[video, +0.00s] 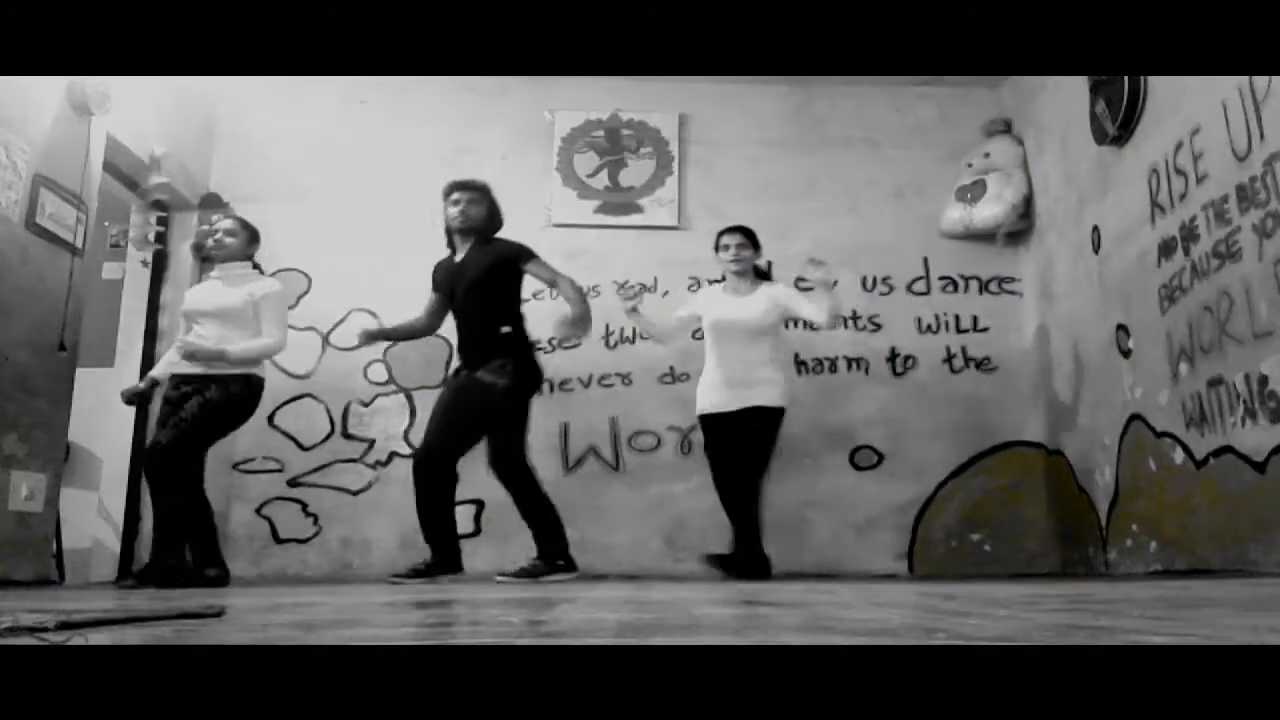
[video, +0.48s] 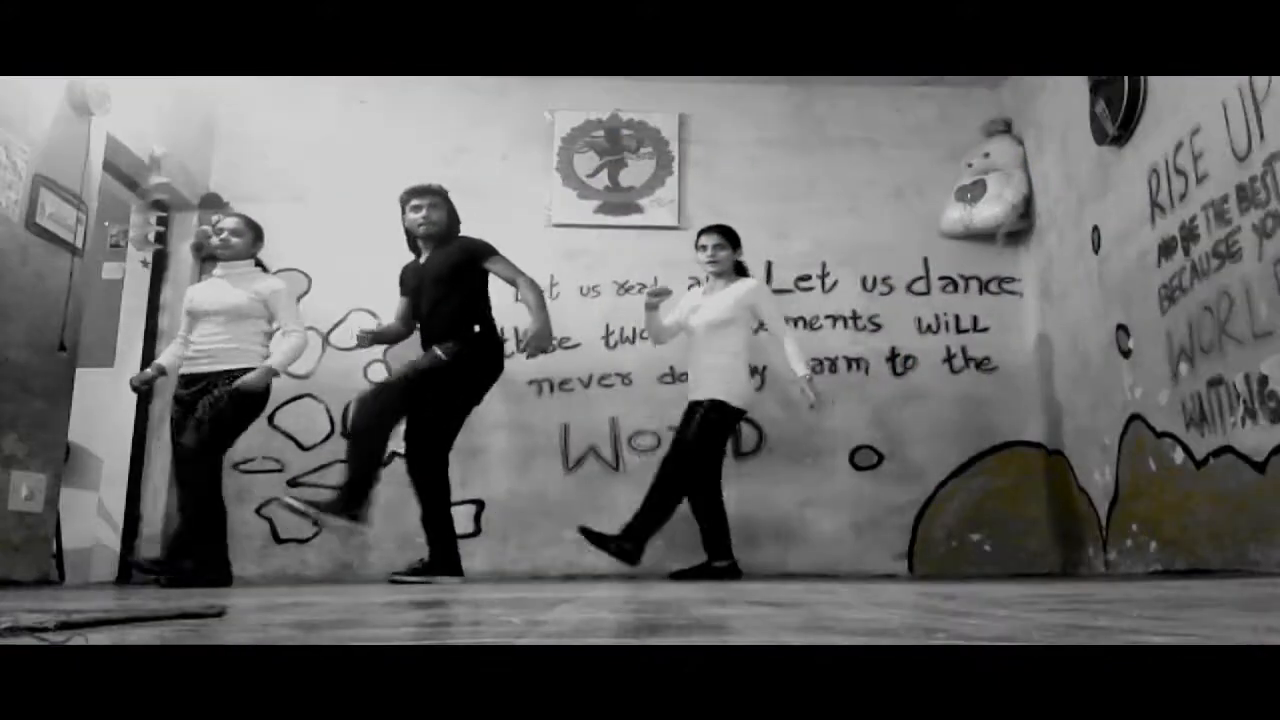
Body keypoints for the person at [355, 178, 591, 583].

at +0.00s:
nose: (461, 208)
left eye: (472, 203)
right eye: (454, 203)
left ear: (489, 214)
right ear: (444, 216)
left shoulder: (504, 252)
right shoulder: (446, 270)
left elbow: (560, 281)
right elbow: (427, 323)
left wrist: (581, 312)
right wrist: (381, 334)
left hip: (511, 371)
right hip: (471, 375)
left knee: (508, 462)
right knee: (432, 460)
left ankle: (556, 554)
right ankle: (444, 558)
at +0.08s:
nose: (447, 218)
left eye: (457, 212)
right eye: (439, 213)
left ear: (474, 220)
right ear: (431, 224)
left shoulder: (491, 257)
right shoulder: (437, 279)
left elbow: (541, 289)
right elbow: (416, 328)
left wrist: (583, 329)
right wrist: (374, 326)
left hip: (495, 374)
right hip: (455, 378)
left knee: (462, 460)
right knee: (427, 463)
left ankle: (533, 540)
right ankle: (444, 561)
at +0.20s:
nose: (436, 217)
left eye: (445, 210)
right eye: (427, 213)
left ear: (464, 217)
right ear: (421, 227)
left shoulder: (483, 252)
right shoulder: (431, 276)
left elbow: (536, 285)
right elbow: (413, 326)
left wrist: (570, 326)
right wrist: (375, 323)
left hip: (484, 366)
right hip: (451, 370)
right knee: (424, 450)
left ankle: (483, 511)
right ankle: (442, 556)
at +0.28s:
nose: (432, 217)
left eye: (441, 209)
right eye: (423, 213)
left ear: (458, 217)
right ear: (415, 226)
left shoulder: (478, 251)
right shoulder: (423, 274)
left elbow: (532, 283)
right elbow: (410, 327)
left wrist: (557, 324)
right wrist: (375, 325)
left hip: (480, 362)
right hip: (448, 368)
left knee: (377, 407)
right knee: (422, 452)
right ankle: (443, 558)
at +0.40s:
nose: (426, 218)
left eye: (435, 210)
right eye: (418, 213)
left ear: (456, 217)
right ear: (410, 227)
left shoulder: (472, 252)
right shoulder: (419, 275)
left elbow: (527, 287)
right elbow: (408, 328)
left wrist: (545, 325)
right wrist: (375, 332)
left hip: (472, 365)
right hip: (440, 369)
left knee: (390, 437)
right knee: (419, 459)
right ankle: (443, 559)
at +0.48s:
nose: (424, 214)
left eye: (433, 207)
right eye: (415, 210)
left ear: (450, 215)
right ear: (406, 223)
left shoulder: (467, 249)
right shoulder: (411, 273)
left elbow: (524, 283)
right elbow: (403, 326)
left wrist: (541, 323)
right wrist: (378, 335)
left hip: (473, 358)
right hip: (438, 364)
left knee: (373, 407)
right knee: (424, 454)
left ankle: (352, 500)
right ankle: (444, 559)